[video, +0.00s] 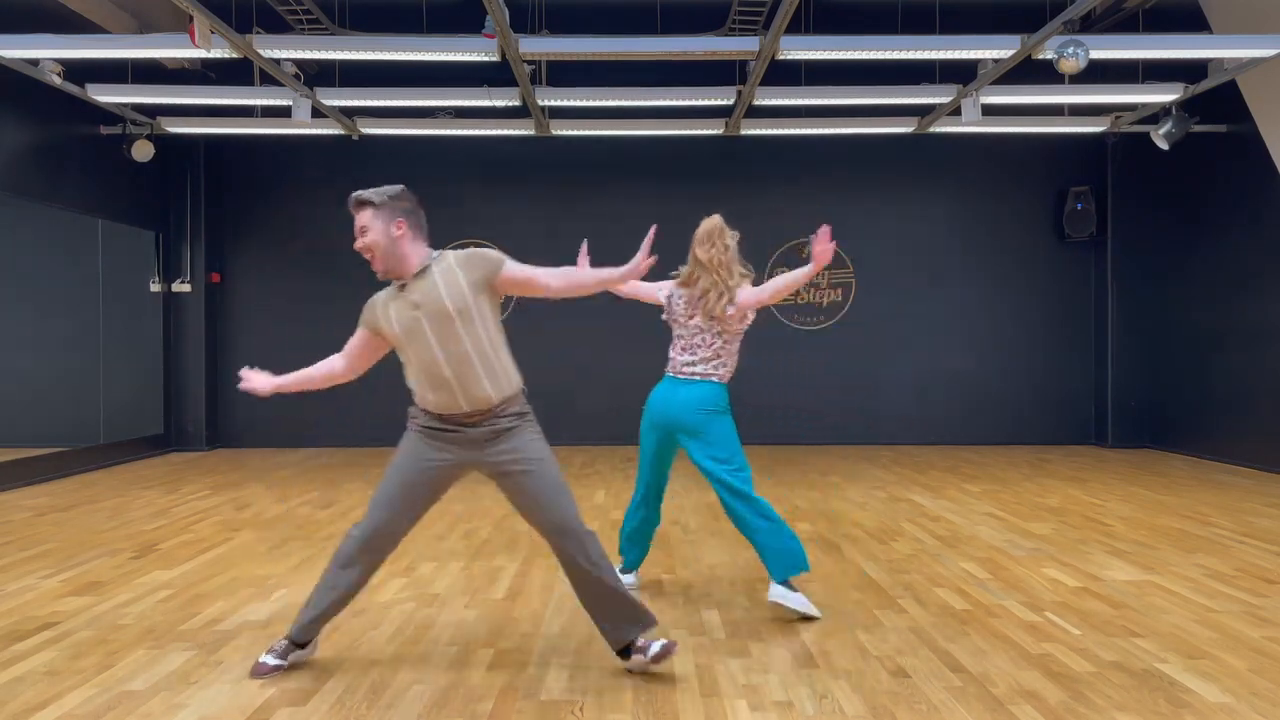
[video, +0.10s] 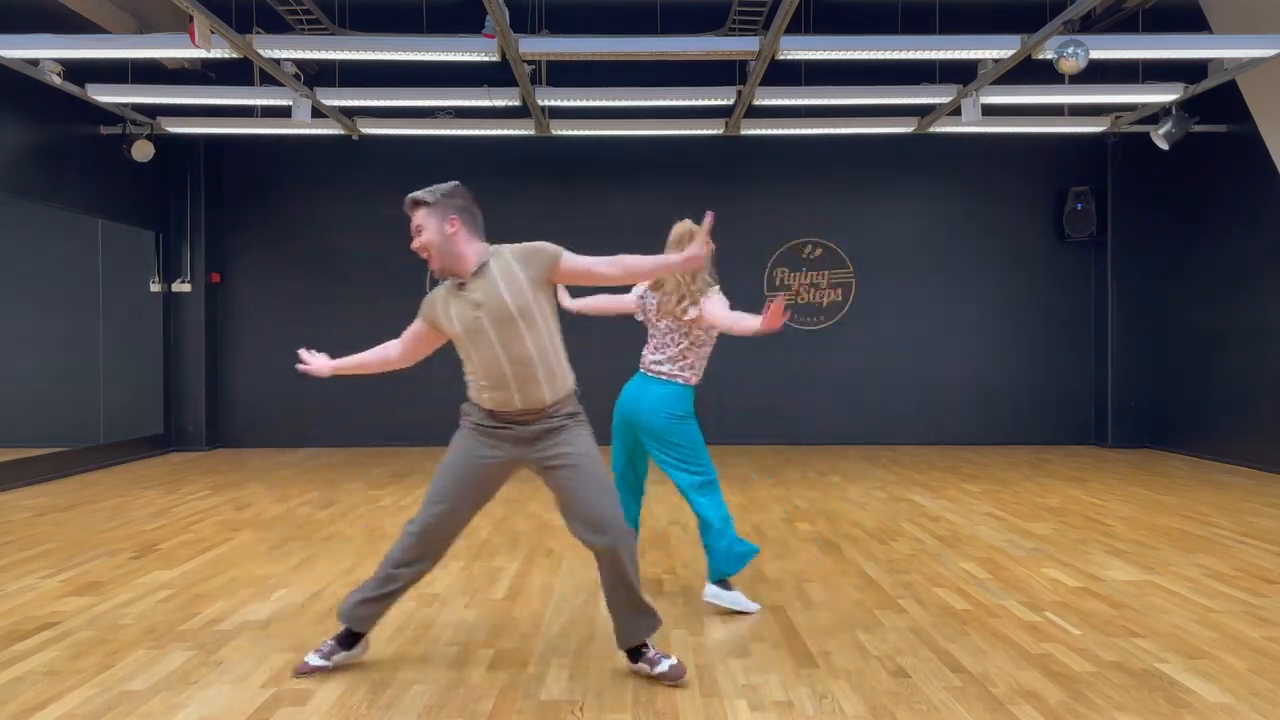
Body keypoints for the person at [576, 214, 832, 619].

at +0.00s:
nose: (735, 254)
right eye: (734, 249)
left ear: (694, 254)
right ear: (731, 255)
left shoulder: (673, 292)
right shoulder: (742, 298)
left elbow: (625, 287)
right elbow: (782, 285)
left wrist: (588, 271)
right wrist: (815, 264)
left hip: (663, 397)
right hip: (707, 401)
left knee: (648, 486)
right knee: (739, 491)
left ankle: (627, 567)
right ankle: (782, 580)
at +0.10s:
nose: (712, 254)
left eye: (707, 248)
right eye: (708, 249)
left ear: (667, 258)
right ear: (702, 258)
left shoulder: (649, 294)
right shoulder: (708, 300)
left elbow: (606, 302)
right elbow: (723, 319)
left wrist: (571, 303)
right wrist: (762, 323)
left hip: (632, 397)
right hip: (670, 405)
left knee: (626, 487)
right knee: (703, 488)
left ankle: (620, 569)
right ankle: (720, 580)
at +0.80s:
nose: (624, 219)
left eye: (626, 210)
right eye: (624, 211)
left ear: (639, 214)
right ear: (663, 209)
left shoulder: (697, 258)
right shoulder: (649, 270)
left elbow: (751, 323)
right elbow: (661, 344)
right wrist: (661, 408)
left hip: (734, 396)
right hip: (690, 407)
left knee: (742, 518)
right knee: (691, 515)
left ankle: (800, 636)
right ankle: (764, 612)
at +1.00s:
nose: (632, 193)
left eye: (643, 183)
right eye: (626, 183)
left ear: (671, 185)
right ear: (622, 186)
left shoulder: (694, 233)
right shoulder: (645, 238)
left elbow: (758, 277)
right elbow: (662, 287)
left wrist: (751, 345)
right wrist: (636, 310)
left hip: (723, 362)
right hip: (681, 367)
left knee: (683, 462)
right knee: (650, 457)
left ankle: (734, 563)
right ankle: (729, 533)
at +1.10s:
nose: (642, 217)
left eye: (652, 207)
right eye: (634, 208)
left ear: (674, 207)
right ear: (626, 209)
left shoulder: (693, 260)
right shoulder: (637, 261)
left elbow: (740, 318)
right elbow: (634, 324)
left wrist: (703, 353)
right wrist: (583, 316)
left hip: (722, 382)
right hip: (676, 383)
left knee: (672, 478)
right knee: (646, 468)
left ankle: (675, 575)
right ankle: (691, 547)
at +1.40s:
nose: (675, 231)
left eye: (684, 223)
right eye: (667, 223)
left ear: (700, 229)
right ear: (656, 229)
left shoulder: (721, 287)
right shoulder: (646, 284)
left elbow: (737, 354)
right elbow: (605, 326)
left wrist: (685, 379)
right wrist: (546, 316)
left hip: (715, 394)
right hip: (661, 398)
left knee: (688, 461)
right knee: (632, 480)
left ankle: (690, 558)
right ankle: (672, 563)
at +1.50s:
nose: (686, 233)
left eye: (695, 226)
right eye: (678, 226)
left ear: (711, 234)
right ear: (667, 233)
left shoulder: (732, 292)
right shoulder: (651, 287)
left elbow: (746, 356)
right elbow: (598, 328)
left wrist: (693, 377)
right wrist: (539, 321)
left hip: (711, 400)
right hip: (656, 401)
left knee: (704, 474)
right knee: (630, 487)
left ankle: (729, 544)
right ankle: (662, 568)